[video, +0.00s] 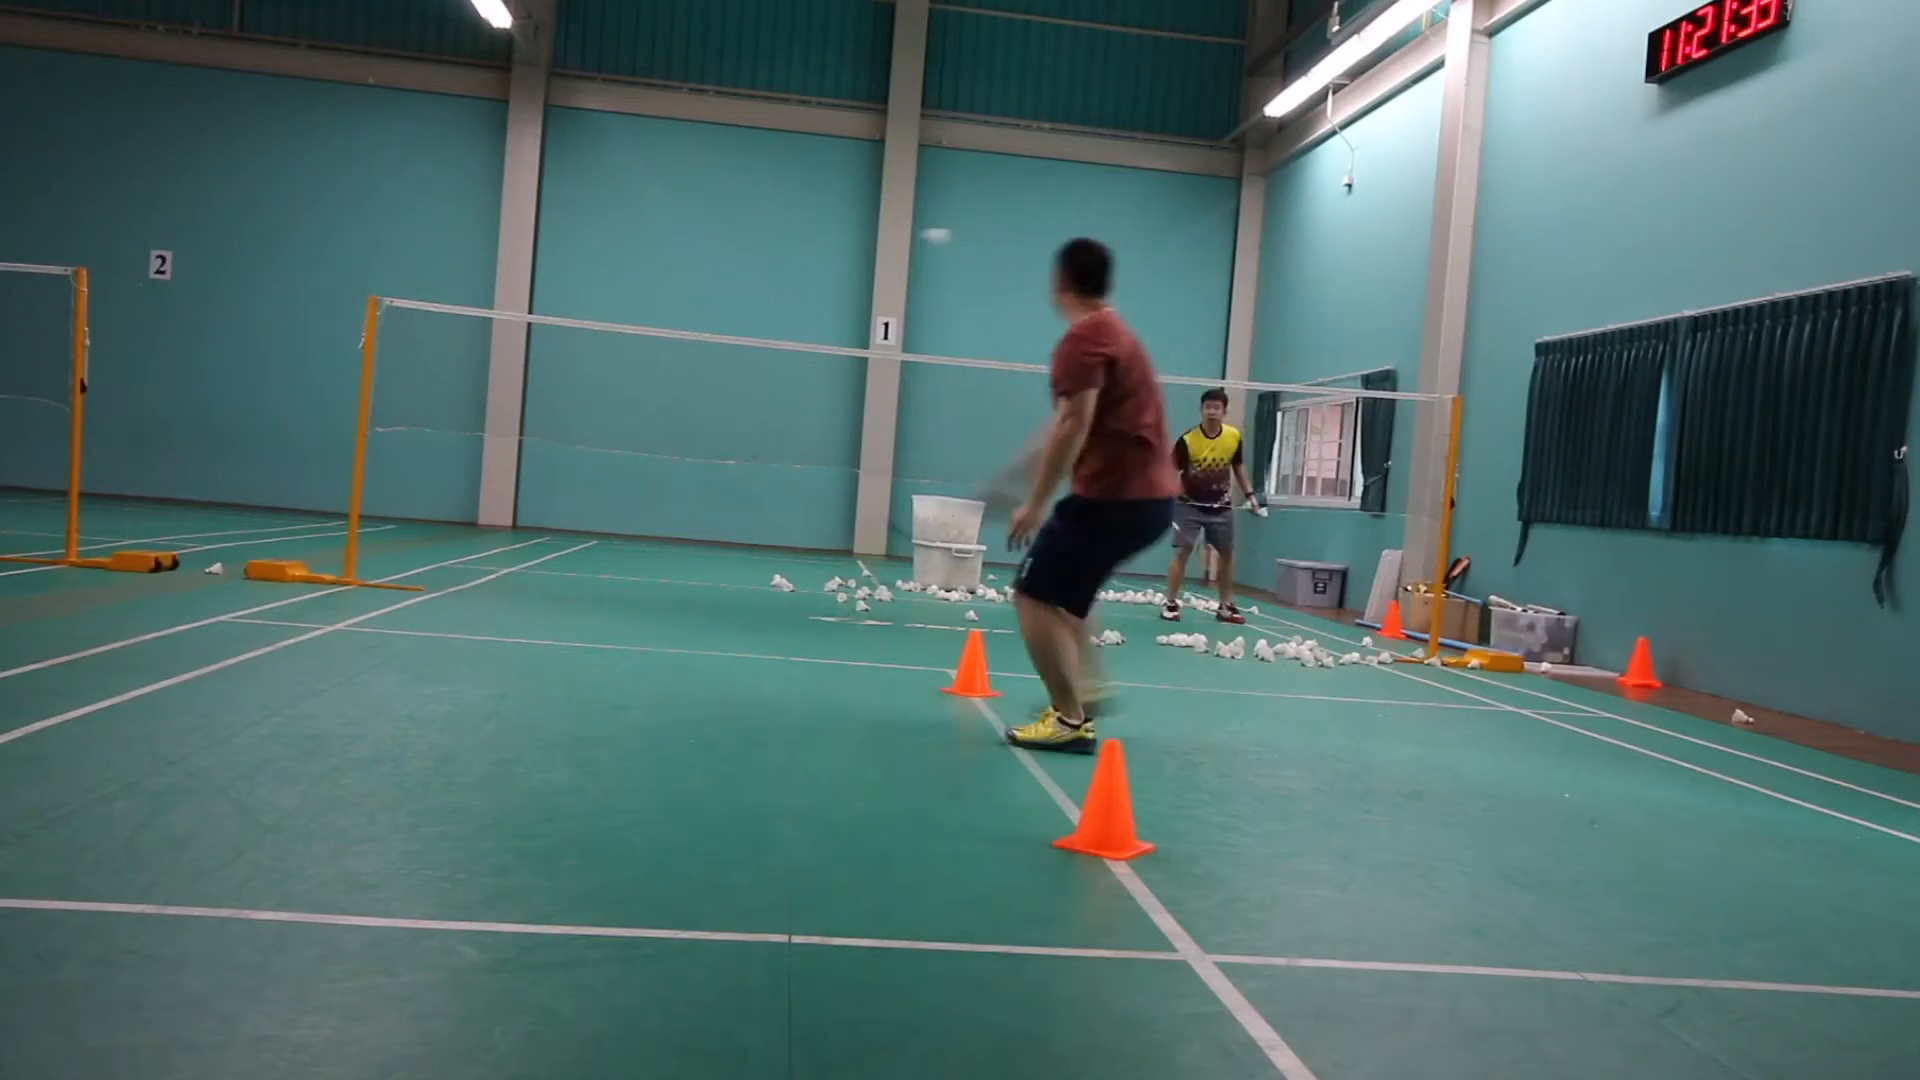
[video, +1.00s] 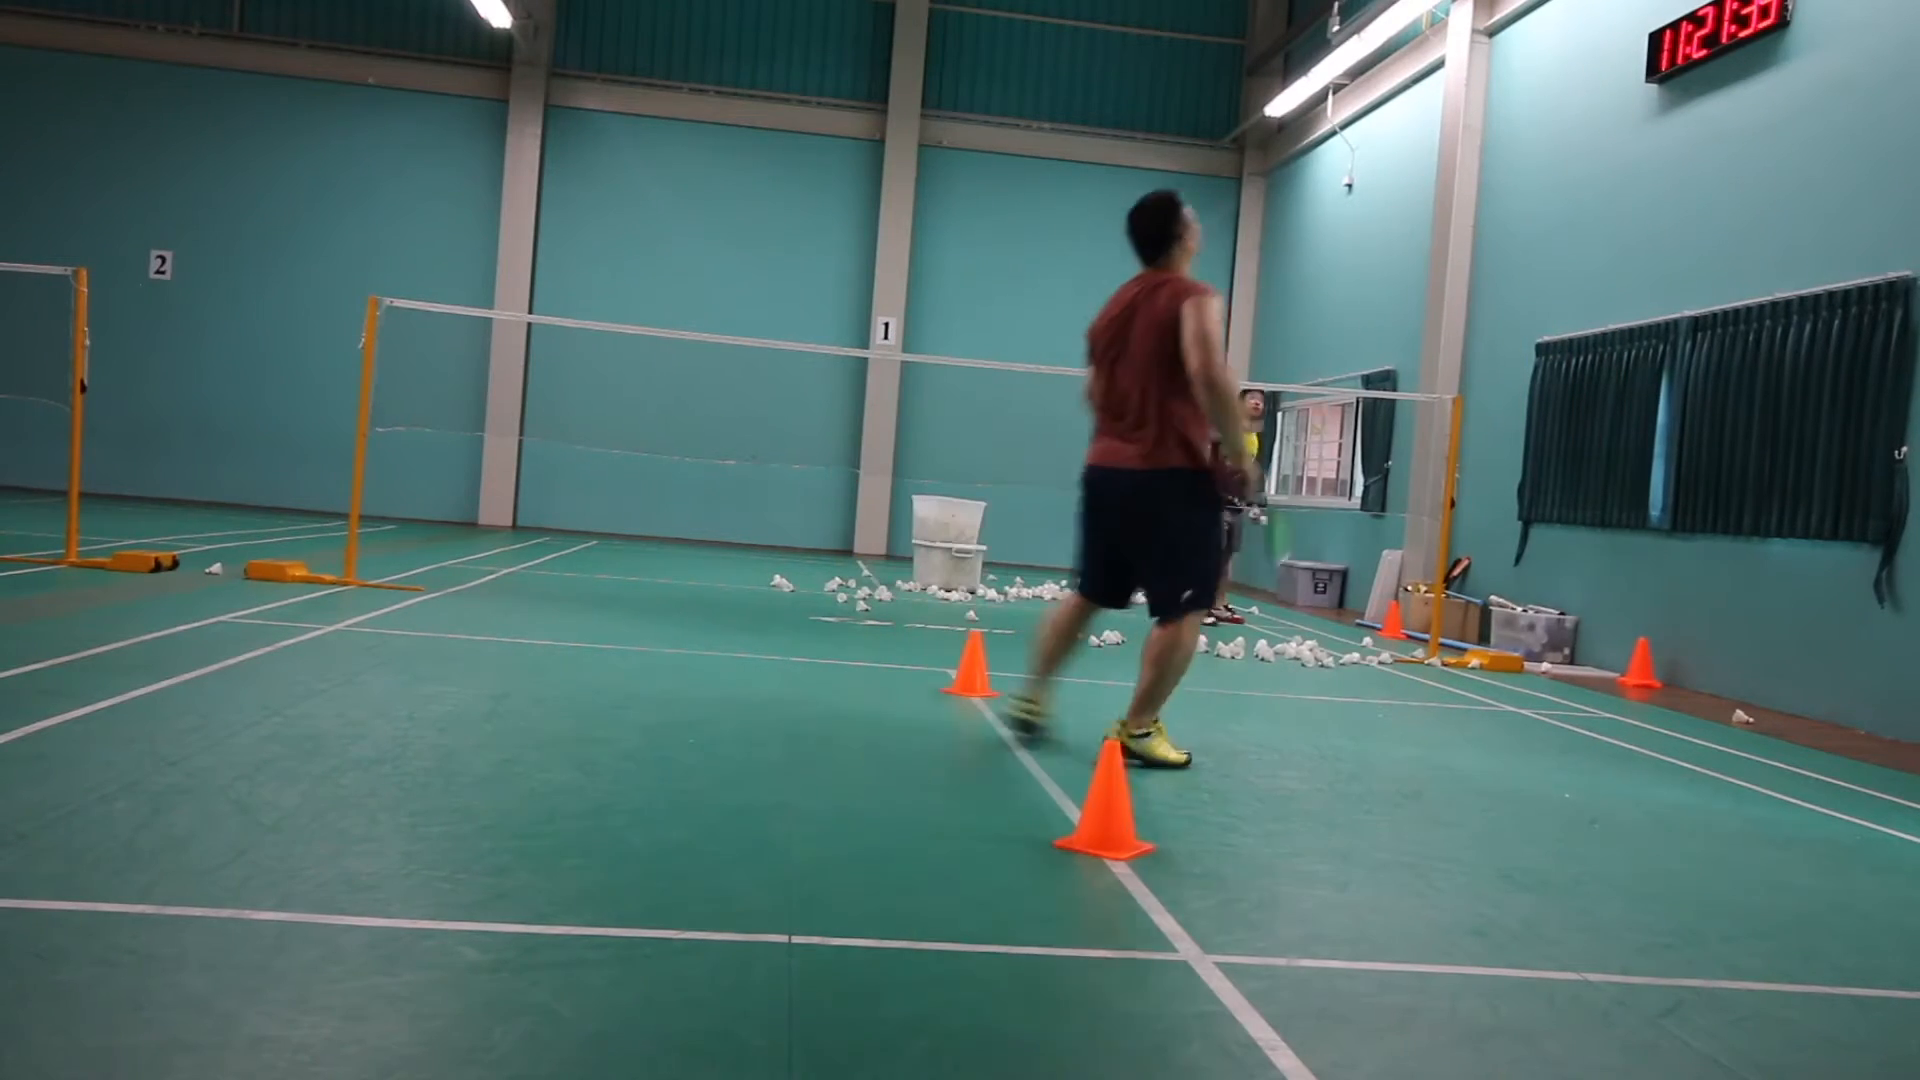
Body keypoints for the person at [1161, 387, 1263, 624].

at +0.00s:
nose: (1212, 412)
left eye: (1217, 408)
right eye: (1208, 407)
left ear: (1224, 411)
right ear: (1201, 410)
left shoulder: (1234, 438)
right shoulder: (1186, 441)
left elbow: (1238, 467)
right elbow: (1171, 473)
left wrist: (1250, 495)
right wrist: (1179, 496)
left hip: (1221, 507)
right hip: (1190, 505)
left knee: (1226, 554)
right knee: (1182, 552)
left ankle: (1226, 605)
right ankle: (1171, 601)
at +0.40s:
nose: (1234, 411)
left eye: (1239, 407)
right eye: (1229, 407)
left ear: (1245, 412)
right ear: (1223, 411)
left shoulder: (1256, 439)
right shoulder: (1209, 443)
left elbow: (1262, 469)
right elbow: (1196, 478)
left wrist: (1273, 498)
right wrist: (1195, 512)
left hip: (1240, 509)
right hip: (1212, 507)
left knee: (1238, 559)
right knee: (1207, 551)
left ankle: (1227, 606)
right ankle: (1195, 603)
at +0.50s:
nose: (1242, 412)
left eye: (1246, 408)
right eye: (1237, 407)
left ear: (1250, 412)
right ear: (1228, 411)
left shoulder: (1255, 439)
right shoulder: (1214, 442)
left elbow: (1257, 469)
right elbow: (1204, 480)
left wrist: (1272, 496)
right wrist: (1222, 507)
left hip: (1236, 504)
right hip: (1210, 503)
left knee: (1234, 556)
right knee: (1211, 552)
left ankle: (1227, 605)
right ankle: (1200, 605)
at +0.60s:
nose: (1249, 409)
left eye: (1252, 405)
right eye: (1243, 404)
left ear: (1255, 410)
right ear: (1232, 408)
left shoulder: (1252, 438)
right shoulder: (1221, 435)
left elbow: (1249, 467)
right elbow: (1215, 462)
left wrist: (1263, 493)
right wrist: (1241, 483)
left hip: (1233, 502)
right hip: (1209, 500)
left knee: (1232, 553)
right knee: (1211, 551)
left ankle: (1227, 604)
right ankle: (1201, 605)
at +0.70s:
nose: (1255, 409)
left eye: (1258, 404)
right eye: (1250, 403)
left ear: (1260, 409)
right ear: (1237, 406)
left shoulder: (1249, 436)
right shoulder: (1225, 427)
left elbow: (1237, 472)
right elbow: (1232, 424)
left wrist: (1251, 492)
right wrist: (1249, 414)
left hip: (1229, 501)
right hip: (1208, 499)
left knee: (1231, 552)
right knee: (1211, 551)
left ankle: (1225, 603)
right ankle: (1201, 606)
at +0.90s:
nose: (1257, 403)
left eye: (1261, 400)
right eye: (1252, 398)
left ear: (1262, 408)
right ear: (1242, 402)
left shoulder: (1250, 434)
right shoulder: (1228, 424)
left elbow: (1247, 468)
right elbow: (1224, 412)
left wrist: (1245, 496)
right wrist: (1242, 392)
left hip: (1234, 497)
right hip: (1214, 495)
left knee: (1225, 553)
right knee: (1213, 552)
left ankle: (1220, 603)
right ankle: (1200, 604)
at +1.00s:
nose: (1257, 406)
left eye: (1261, 403)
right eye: (1253, 401)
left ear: (1263, 410)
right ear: (1240, 403)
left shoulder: (1253, 437)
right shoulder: (1227, 432)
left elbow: (1250, 469)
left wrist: (1252, 497)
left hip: (1238, 503)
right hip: (1221, 501)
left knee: (1227, 556)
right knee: (1215, 556)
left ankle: (1220, 601)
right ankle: (1206, 603)